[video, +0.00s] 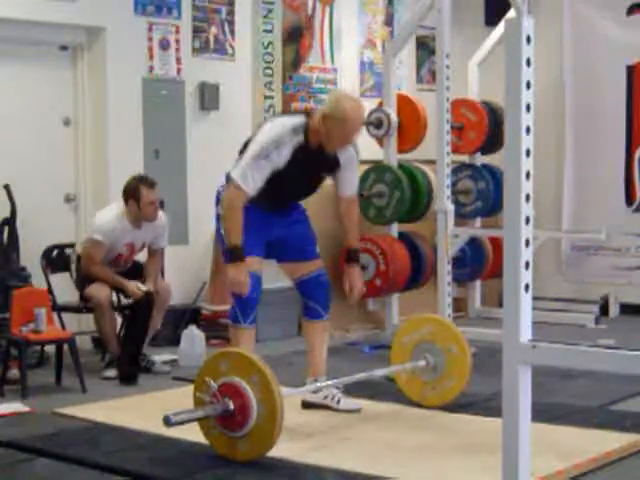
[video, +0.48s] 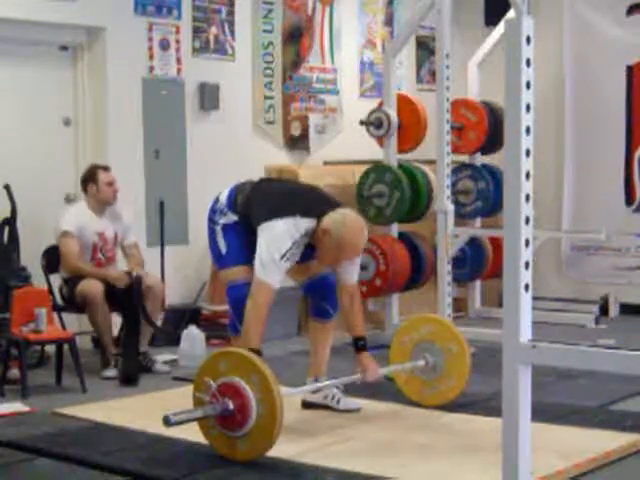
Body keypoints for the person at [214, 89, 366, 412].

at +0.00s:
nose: (348, 141)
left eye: (352, 135)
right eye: (343, 134)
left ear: (355, 130)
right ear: (321, 123)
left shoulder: (345, 152)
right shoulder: (278, 135)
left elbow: (349, 206)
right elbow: (234, 196)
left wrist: (353, 260)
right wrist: (234, 261)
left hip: (288, 211)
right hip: (246, 209)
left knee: (317, 290)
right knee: (246, 293)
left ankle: (316, 383)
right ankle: (243, 385)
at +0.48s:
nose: (339, 262)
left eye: (347, 258)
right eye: (338, 256)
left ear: (355, 243)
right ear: (323, 235)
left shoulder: (348, 235)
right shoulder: (282, 230)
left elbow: (350, 292)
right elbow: (259, 299)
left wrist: (361, 349)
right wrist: (251, 364)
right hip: (233, 213)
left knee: (325, 290)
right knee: (241, 300)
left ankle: (317, 384)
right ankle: (244, 383)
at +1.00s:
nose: (342, 289)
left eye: (347, 284)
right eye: (337, 284)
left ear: (359, 263)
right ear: (318, 262)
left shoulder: (353, 257)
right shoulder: (276, 248)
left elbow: (364, 295)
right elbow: (245, 310)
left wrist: (378, 335)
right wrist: (232, 375)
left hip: (289, 206)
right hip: (239, 213)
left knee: (336, 297)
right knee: (239, 301)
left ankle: (319, 383)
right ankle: (239, 384)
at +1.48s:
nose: (359, 302)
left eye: (368, 297)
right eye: (357, 297)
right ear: (339, 274)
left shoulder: (359, 256)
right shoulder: (293, 262)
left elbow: (381, 299)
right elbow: (249, 321)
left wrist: (398, 343)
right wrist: (227, 378)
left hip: (295, 212)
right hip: (246, 217)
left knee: (343, 303)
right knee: (248, 308)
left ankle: (321, 384)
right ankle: (251, 396)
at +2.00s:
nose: (357, 293)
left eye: (364, 289)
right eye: (355, 287)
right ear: (340, 266)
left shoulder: (359, 257)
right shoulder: (292, 256)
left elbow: (381, 301)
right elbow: (253, 312)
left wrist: (401, 344)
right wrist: (226, 368)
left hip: (280, 214)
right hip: (238, 219)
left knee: (332, 295)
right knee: (267, 305)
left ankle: (313, 385)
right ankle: (240, 393)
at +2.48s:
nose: (360, 302)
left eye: (367, 298)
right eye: (358, 296)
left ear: (381, 282)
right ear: (344, 273)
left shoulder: (363, 261)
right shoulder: (293, 264)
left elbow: (388, 302)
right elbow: (249, 316)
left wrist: (410, 345)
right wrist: (217, 372)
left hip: (288, 217)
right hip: (241, 218)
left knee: (335, 301)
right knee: (250, 307)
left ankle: (315, 384)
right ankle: (245, 394)